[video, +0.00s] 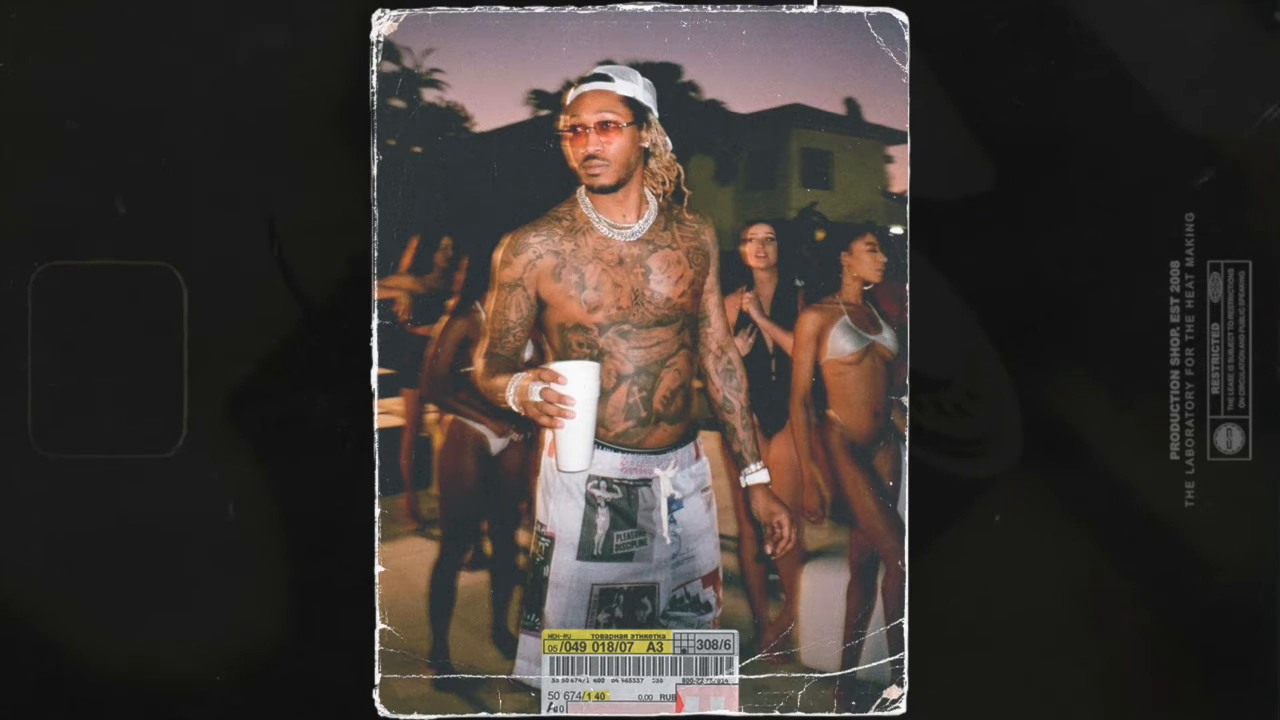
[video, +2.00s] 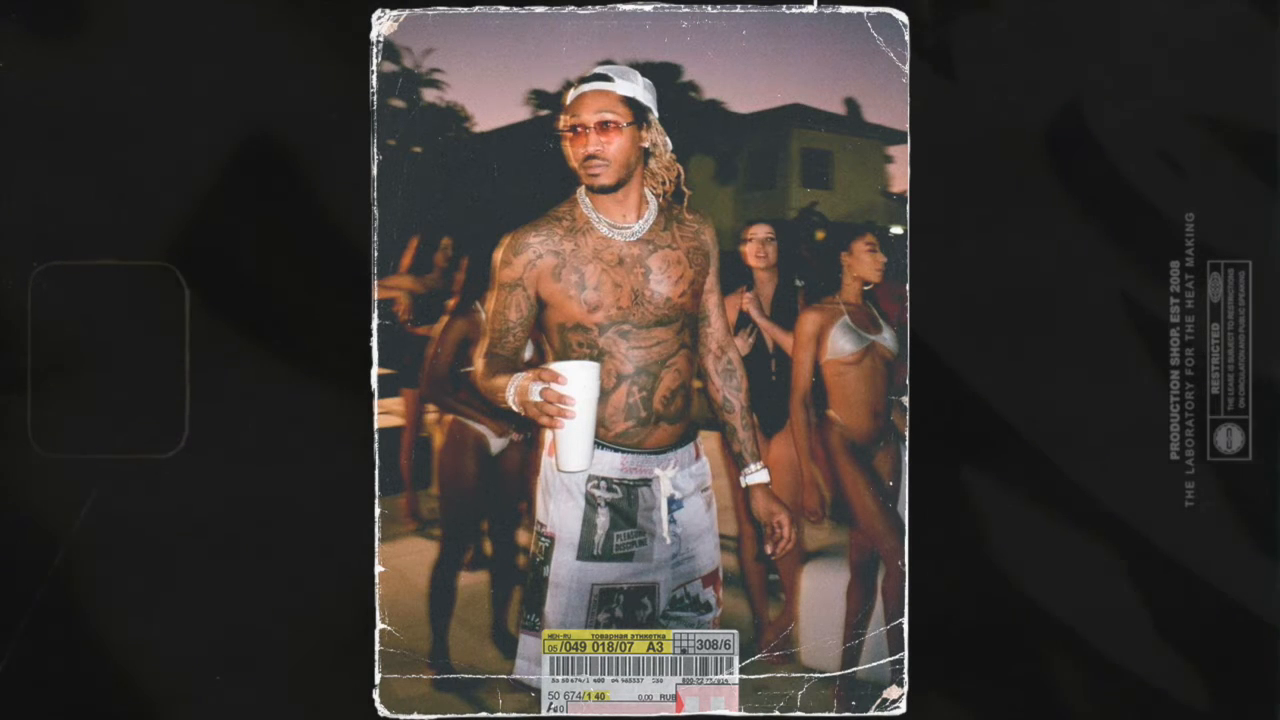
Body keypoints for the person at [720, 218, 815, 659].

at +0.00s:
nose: (759, 249)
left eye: (767, 242)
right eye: (751, 242)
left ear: (781, 249)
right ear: (741, 250)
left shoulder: (797, 296)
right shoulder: (730, 300)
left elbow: (803, 351)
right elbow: (714, 364)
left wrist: (761, 317)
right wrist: (735, 342)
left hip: (784, 419)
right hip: (739, 420)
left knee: (783, 521)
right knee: (748, 525)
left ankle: (794, 612)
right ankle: (762, 621)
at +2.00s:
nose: (760, 249)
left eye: (768, 242)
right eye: (752, 242)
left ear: (781, 249)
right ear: (741, 250)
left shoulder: (798, 296)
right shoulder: (731, 301)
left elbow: (804, 352)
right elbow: (713, 365)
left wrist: (761, 319)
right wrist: (733, 348)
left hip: (784, 419)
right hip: (739, 420)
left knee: (784, 521)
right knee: (749, 527)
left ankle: (793, 613)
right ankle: (762, 622)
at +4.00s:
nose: (760, 249)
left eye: (768, 241)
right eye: (752, 242)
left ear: (780, 249)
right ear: (741, 250)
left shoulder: (797, 296)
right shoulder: (729, 300)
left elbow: (802, 351)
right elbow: (712, 364)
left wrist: (761, 318)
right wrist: (734, 347)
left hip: (783, 420)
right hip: (738, 421)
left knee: (783, 520)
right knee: (749, 527)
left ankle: (793, 613)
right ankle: (762, 622)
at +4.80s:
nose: (760, 249)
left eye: (768, 241)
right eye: (752, 242)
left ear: (781, 249)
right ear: (741, 250)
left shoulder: (797, 296)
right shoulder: (730, 299)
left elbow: (803, 352)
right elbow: (714, 364)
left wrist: (761, 317)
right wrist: (735, 337)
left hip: (784, 420)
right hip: (738, 420)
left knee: (783, 521)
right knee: (749, 525)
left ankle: (793, 614)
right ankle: (762, 623)